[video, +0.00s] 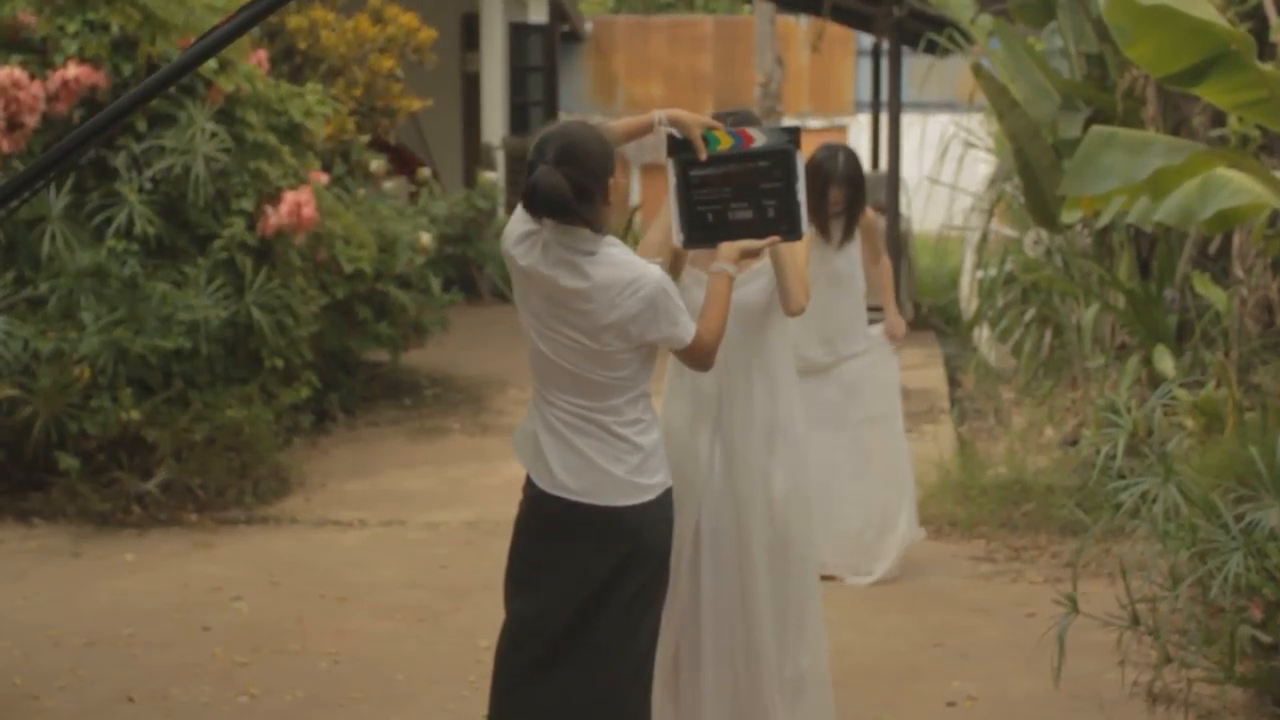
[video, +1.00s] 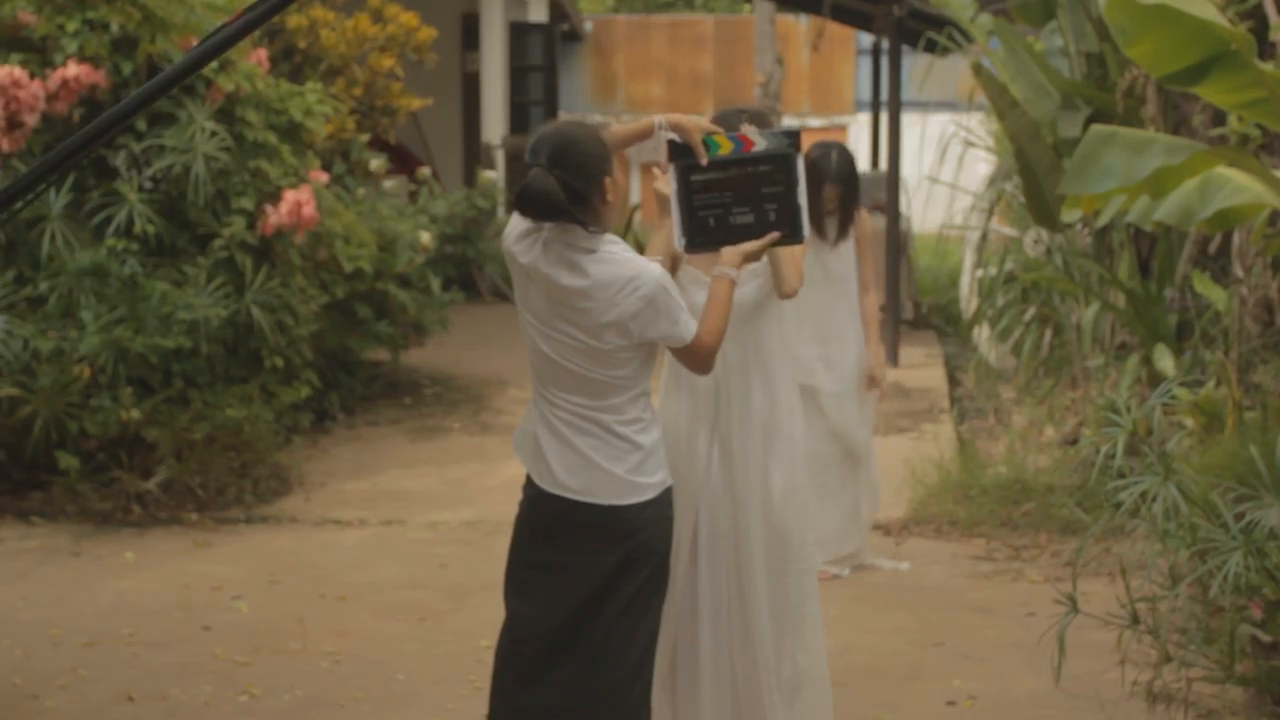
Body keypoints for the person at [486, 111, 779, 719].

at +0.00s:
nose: (627, 179)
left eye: (622, 169)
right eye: (621, 170)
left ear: (549, 181)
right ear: (608, 187)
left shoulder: (524, 245)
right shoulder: (637, 281)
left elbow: (554, 156)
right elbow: (700, 352)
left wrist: (655, 120)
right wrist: (723, 267)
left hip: (551, 490)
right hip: (631, 497)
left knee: (528, 653)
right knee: (618, 664)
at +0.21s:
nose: (627, 182)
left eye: (623, 172)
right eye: (622, 173)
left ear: (550, 181)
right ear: (607, 187)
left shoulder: (524, 245)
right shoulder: (637, 281)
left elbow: (558, 158)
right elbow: (701, 352)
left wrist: (658, 119)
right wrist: (726, 267)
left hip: (551, 491)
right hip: (631, 498)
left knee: (527, 655)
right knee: (618, 665)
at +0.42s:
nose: (625, 181)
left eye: (619, 170)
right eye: (620, 172)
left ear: (548, 181)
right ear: (607, 188)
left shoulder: (523, 243)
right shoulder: (635, 280)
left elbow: (564, 153)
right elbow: (701, 352)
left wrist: (661, 121)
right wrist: (727, 267)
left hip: (551, 489)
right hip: (629, 497)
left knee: (526, 654)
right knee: (619, 667)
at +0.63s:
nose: (625, 180)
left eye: (620, 170)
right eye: (620, 171)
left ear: (548, 180)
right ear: (608, 187)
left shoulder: (523, 243)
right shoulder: (636, 280)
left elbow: (562, 156)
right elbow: (701, 351)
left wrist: (658, 120)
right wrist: (726, 267)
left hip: (551, 488)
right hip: (629, 496)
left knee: (526, 654)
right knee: (618, 666)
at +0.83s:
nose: (625, 180)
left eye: (616, 168)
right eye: (618, 170)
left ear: (546, 181)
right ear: (608, 188)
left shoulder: (523, 243)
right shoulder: (637, 279)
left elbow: (562, 158)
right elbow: (700, 354)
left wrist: (658, 123)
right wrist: (727, 269)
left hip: (550, 488)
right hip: (629, 496)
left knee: (527, 655)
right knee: (618, 667)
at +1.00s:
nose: (623, 179)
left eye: (615, 166)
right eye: (617, 169)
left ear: (544, 181)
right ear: (607, 186)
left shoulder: (523, 243)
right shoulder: (637, 278)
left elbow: (559, 162)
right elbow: (699, 355)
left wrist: (654, 126)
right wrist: (727, 269)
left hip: (551, 488)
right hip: (629, 496)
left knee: (527, 654)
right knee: (618, 666)